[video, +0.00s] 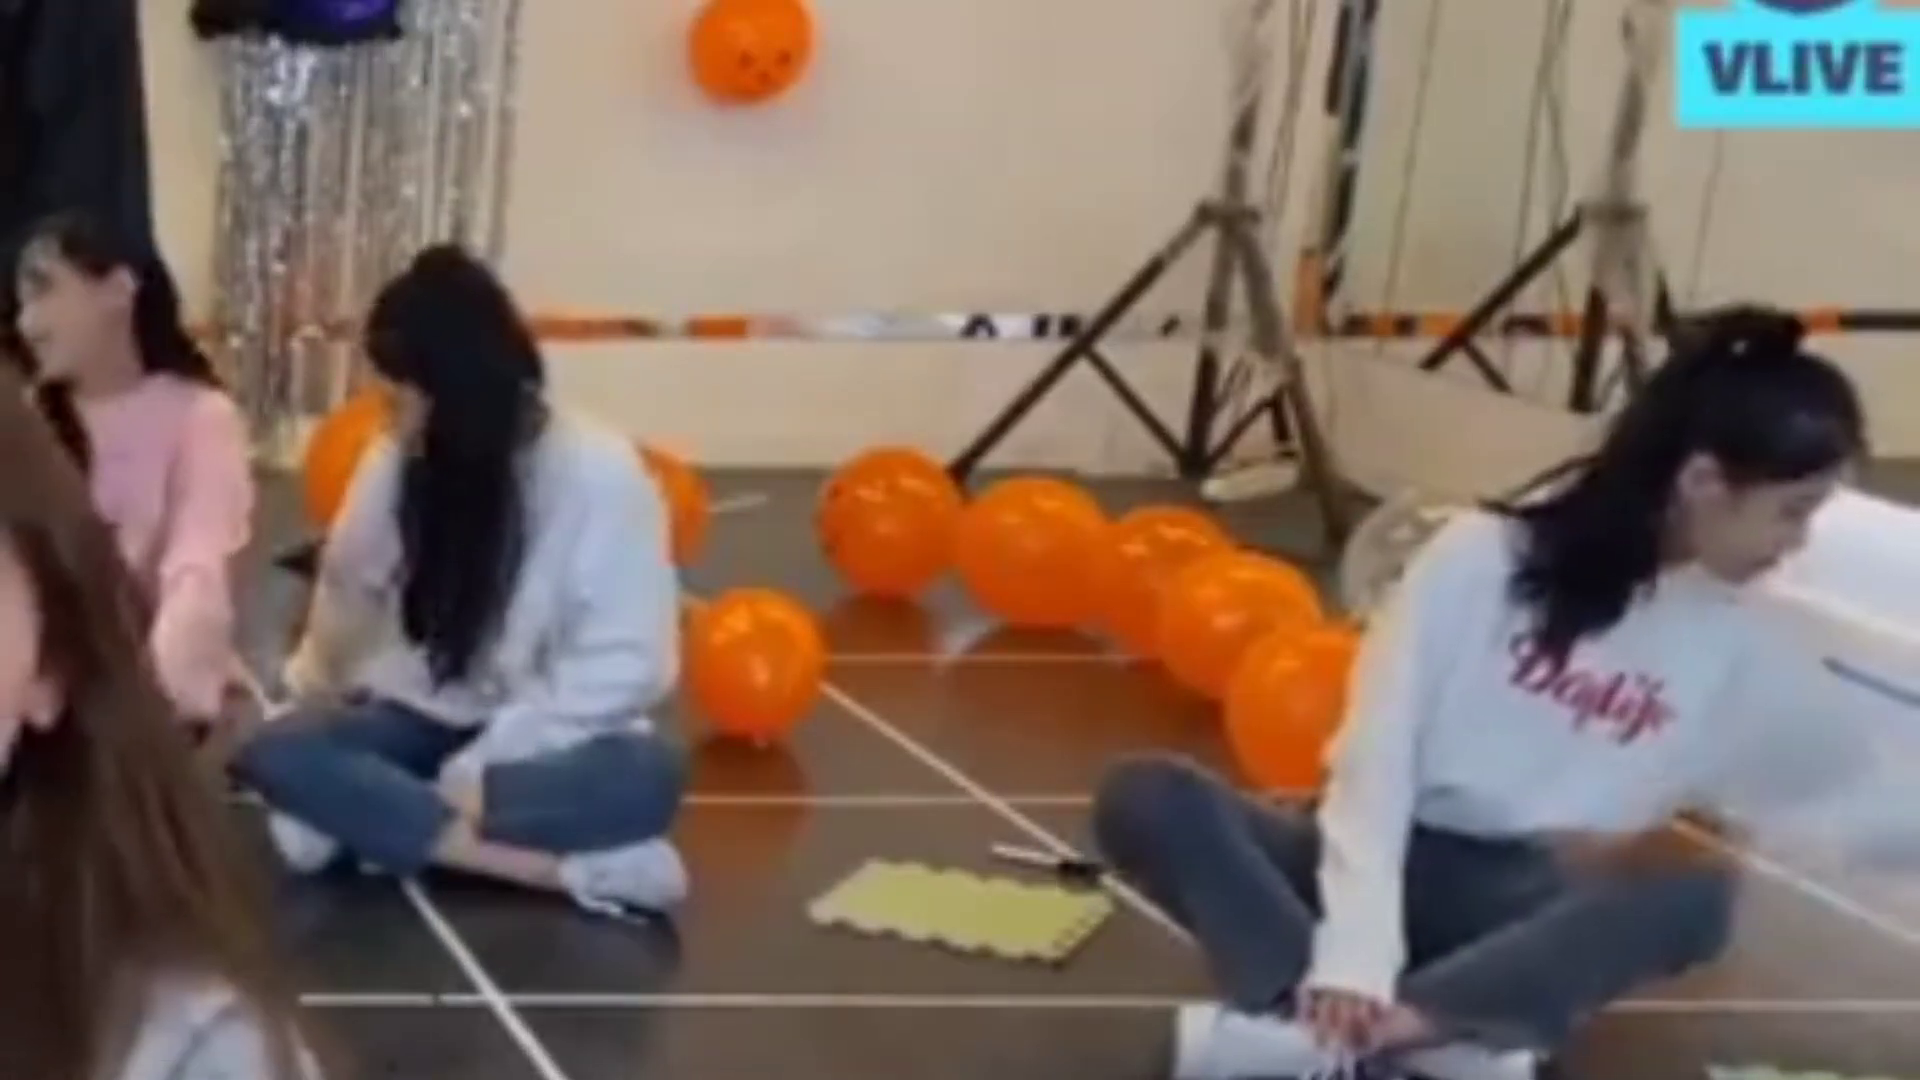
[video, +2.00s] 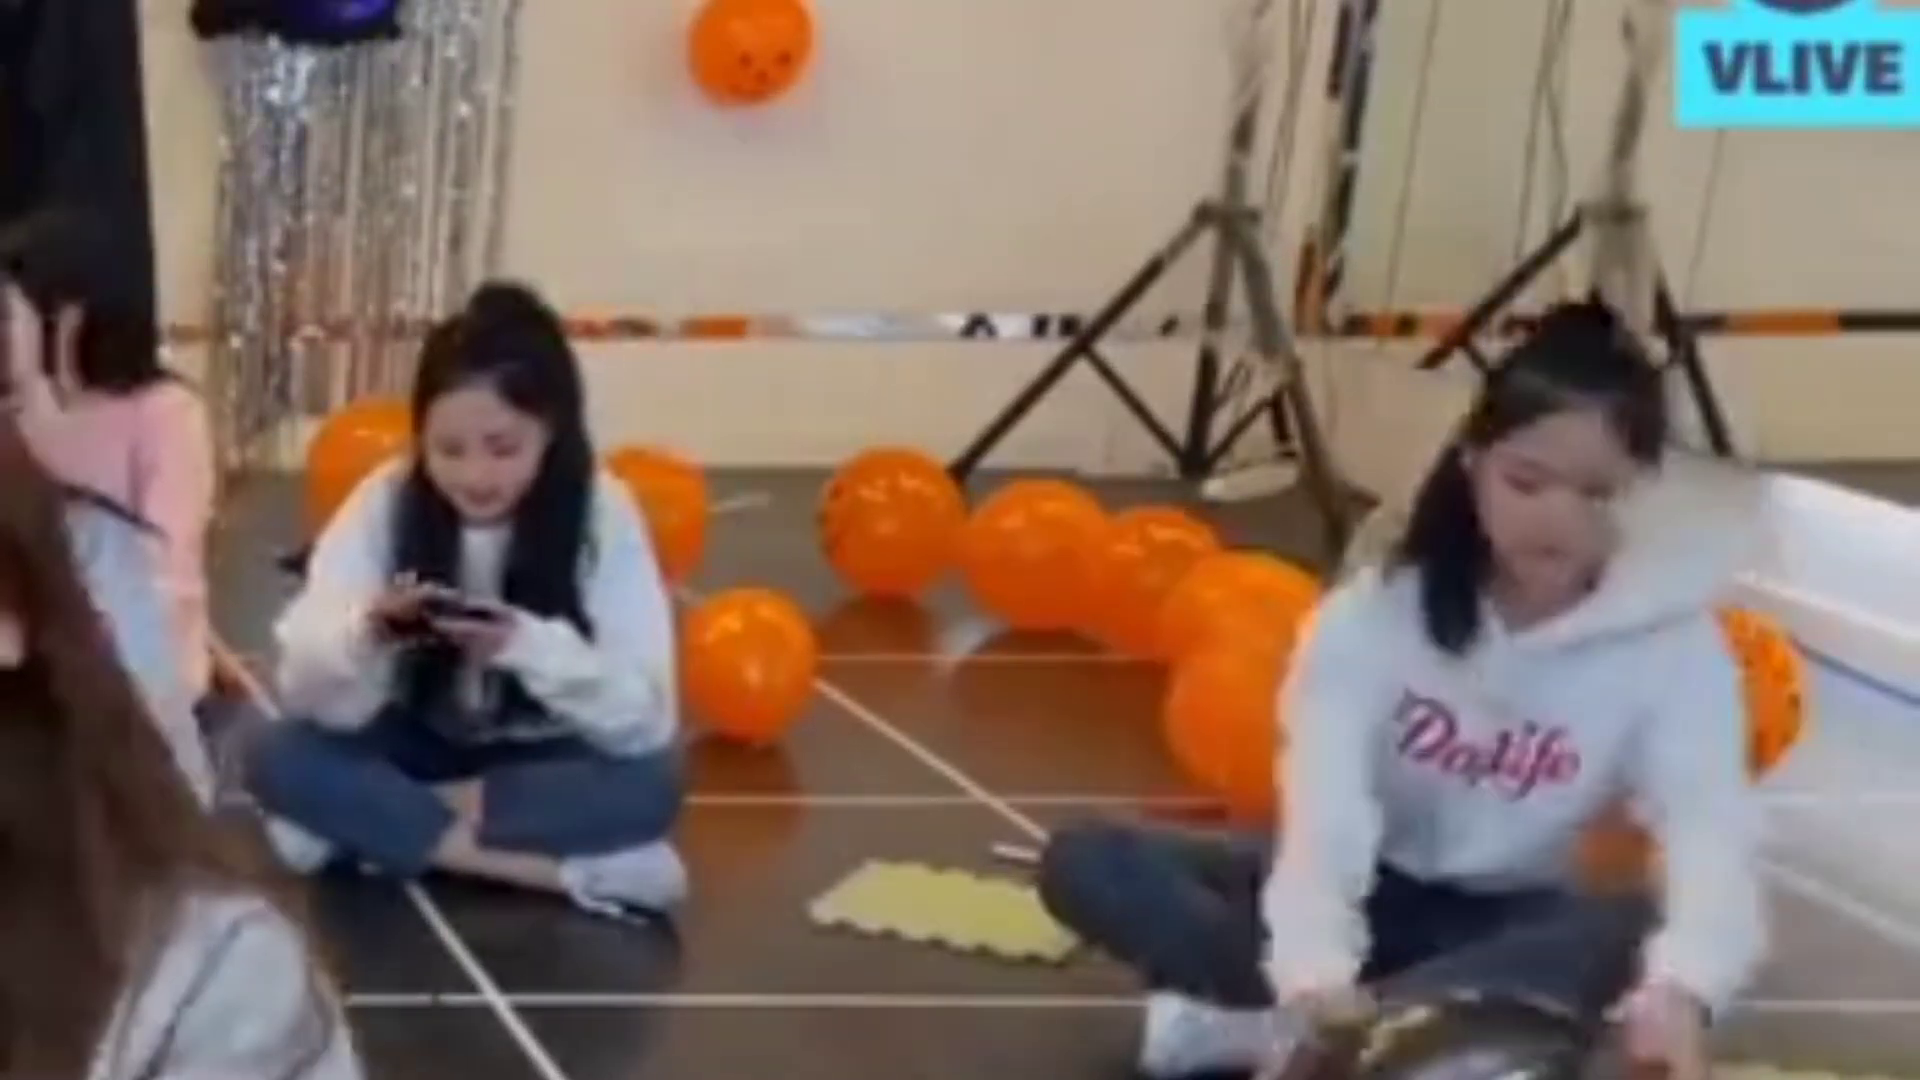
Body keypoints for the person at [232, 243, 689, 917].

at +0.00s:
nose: (390, 405)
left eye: (401, 385)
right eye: (388, 383)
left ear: (453, 379)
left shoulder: (601, 473)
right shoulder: (402, 463)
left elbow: (629, 664)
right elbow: (346, 596)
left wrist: (479, 770)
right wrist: (309, 693)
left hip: (551, 722)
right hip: (425, 711)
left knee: (647, 777)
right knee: (275, 753)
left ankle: (371, 834)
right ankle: (552, 875)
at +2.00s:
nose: (476, 478)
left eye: (503, 450)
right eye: (450, 451)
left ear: (553, 437)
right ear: (419, 439)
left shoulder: (601, 515)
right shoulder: (384, 503)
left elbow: (644, 718)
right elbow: (307, 696)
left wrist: (523, 646)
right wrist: (373, 635)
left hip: (545, 745)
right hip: (411, 737)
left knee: (650, 787)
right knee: (277, 756)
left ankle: (365, 837)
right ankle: (552, 877)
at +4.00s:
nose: (479, 482)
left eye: (510, 455)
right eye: (454, 454)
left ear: (558, 441)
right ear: (424, 437)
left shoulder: (603, 515)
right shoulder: (388, 501)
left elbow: (645, 724)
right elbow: (308, 700)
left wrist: (533, 645)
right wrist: (383, 634)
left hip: (545, 745)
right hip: (410, 736)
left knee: (647, 792)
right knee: (276, 759)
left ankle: (366, 838)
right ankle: (548, 877)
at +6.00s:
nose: (483, 485)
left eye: (513, 457)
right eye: (457, 456)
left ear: (558, 442)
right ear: (427, 440)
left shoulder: (605, 515)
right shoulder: (390, 502)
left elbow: (646, 725)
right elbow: (304, 699)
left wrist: (535, 646)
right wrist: (382, 641)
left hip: (543, 744)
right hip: (407, 736)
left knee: (647, 793)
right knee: (296, 768)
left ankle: (375, 835)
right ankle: (550, 877)